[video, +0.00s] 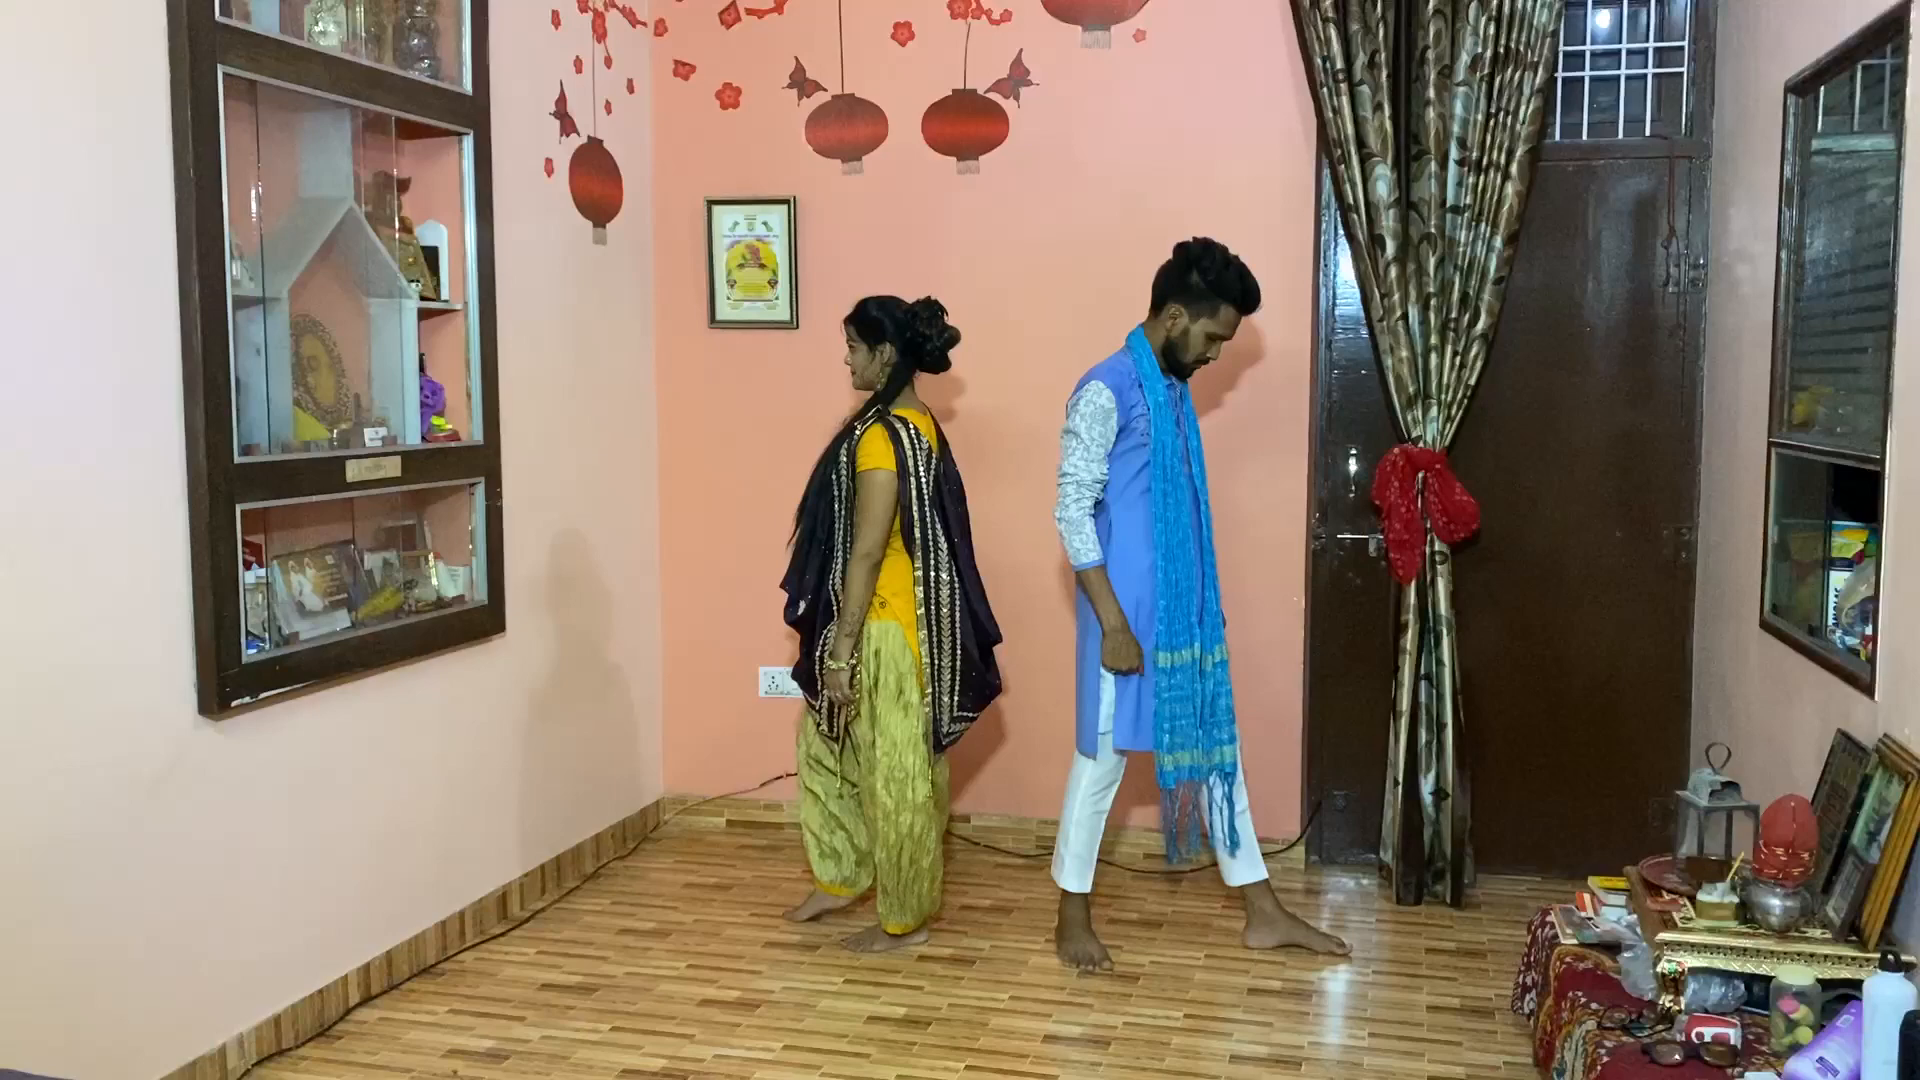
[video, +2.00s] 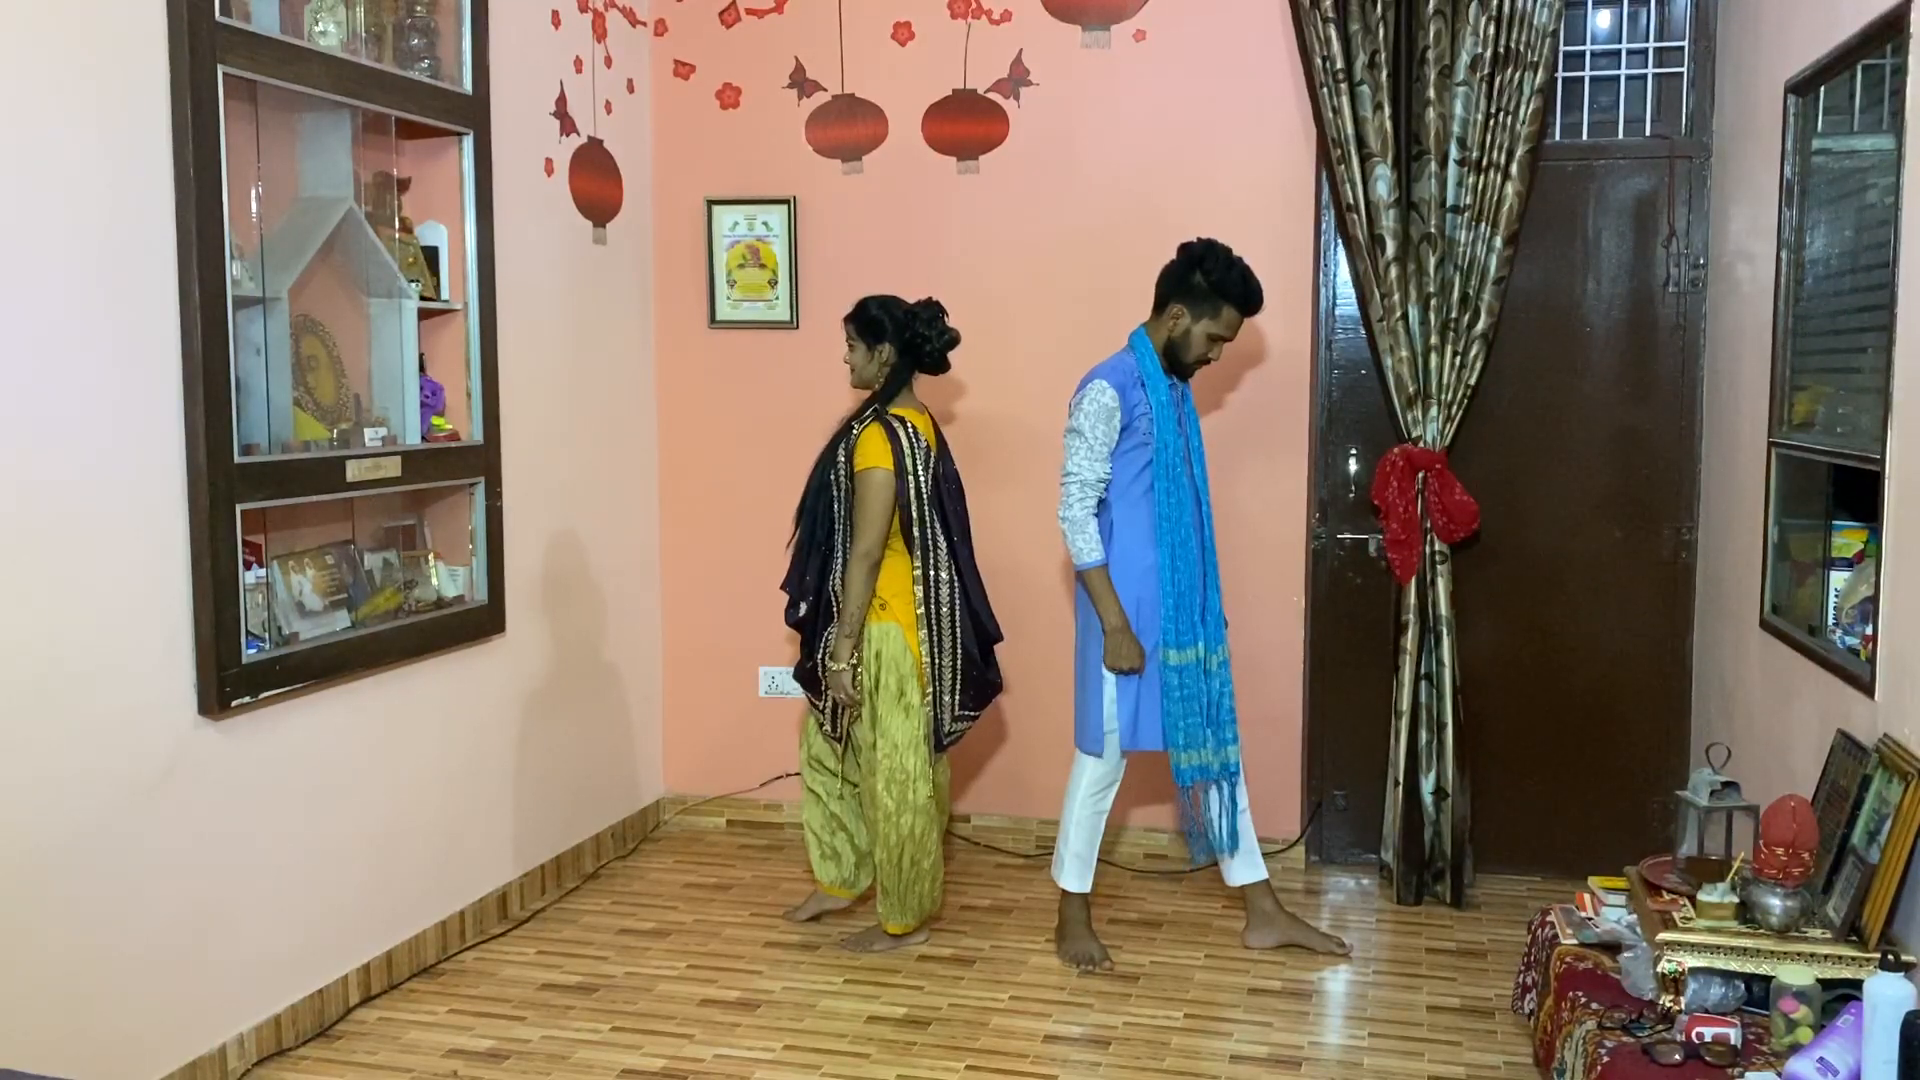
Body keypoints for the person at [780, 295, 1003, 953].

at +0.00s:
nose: (847, 361)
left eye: (855, 349)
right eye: (847, 348)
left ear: (887, 355)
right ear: (895, 356)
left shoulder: (882, 435)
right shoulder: (915, 425)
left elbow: (869, 550)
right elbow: (881, 546)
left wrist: (842, 646)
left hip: (885, 628)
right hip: (883, 619)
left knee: (896, 773)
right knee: (826, 748)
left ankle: (904, 916)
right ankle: (842, 875)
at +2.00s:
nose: (845, 359)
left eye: (854, 347)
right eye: (846, 346)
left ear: (887, 354)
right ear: (894, 354)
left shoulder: (880, 434)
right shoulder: (913, 423)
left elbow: (868, 551)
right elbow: (883, 547)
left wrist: (843, 648)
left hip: (886, 628)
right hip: (884, 618)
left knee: (896, 775)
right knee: (828, 752)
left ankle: (905, 915)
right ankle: (842, 878)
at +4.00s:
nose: (827, 330)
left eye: (835, 320)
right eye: (829, 320)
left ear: (864, 332)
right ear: (883, 334)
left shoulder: (868, 388)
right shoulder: (892, 382)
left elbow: (820, 342)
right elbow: (886, 306)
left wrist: (774, 278)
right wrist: (878, 229)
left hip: (871, 591)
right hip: (848, 586)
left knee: (879, 742)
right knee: (822, 723)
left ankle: (918, 895)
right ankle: (810, 855)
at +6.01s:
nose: (914, 341)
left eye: (915, 329)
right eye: (903, 329)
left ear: (899, 334)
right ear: (866, 334)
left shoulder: (916, 406)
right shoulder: (828, 398)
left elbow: (940, 498)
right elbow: (814, 487)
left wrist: (949, 571)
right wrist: (807, 559)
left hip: (921, 590)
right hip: (862, 587)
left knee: (923, 736)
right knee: (824, 734)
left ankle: (938, 875)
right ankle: (761, 874)